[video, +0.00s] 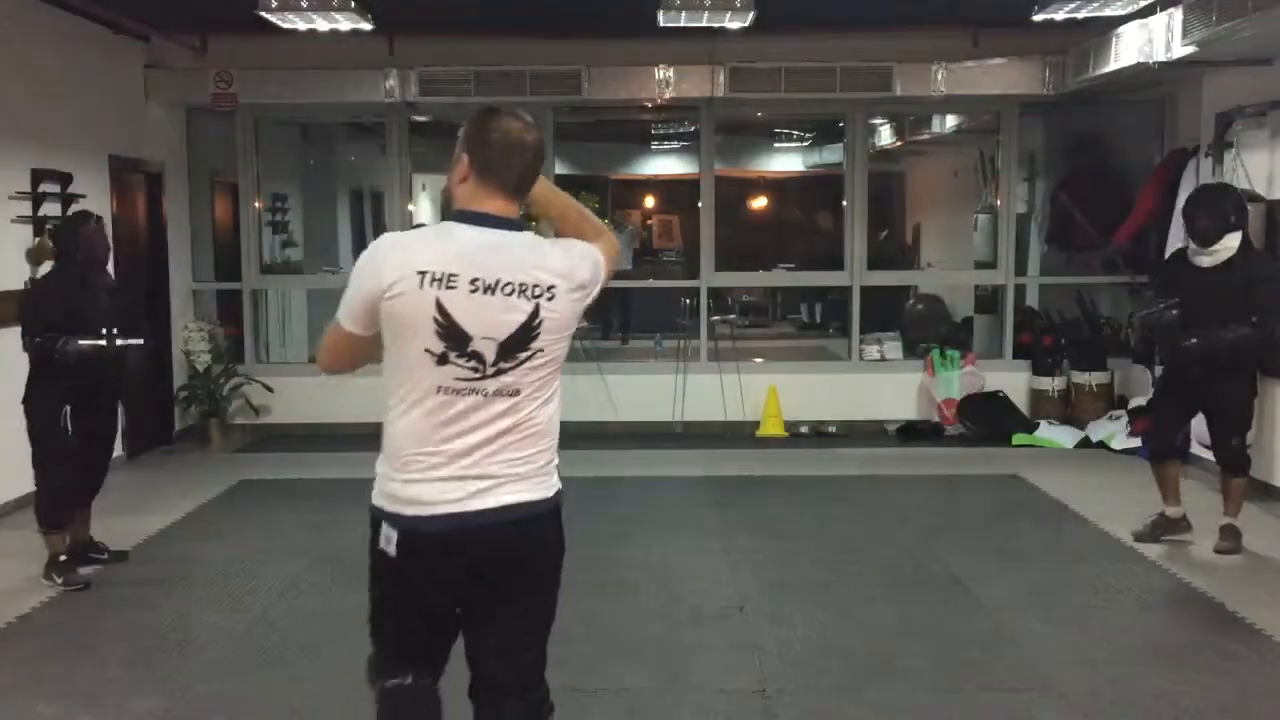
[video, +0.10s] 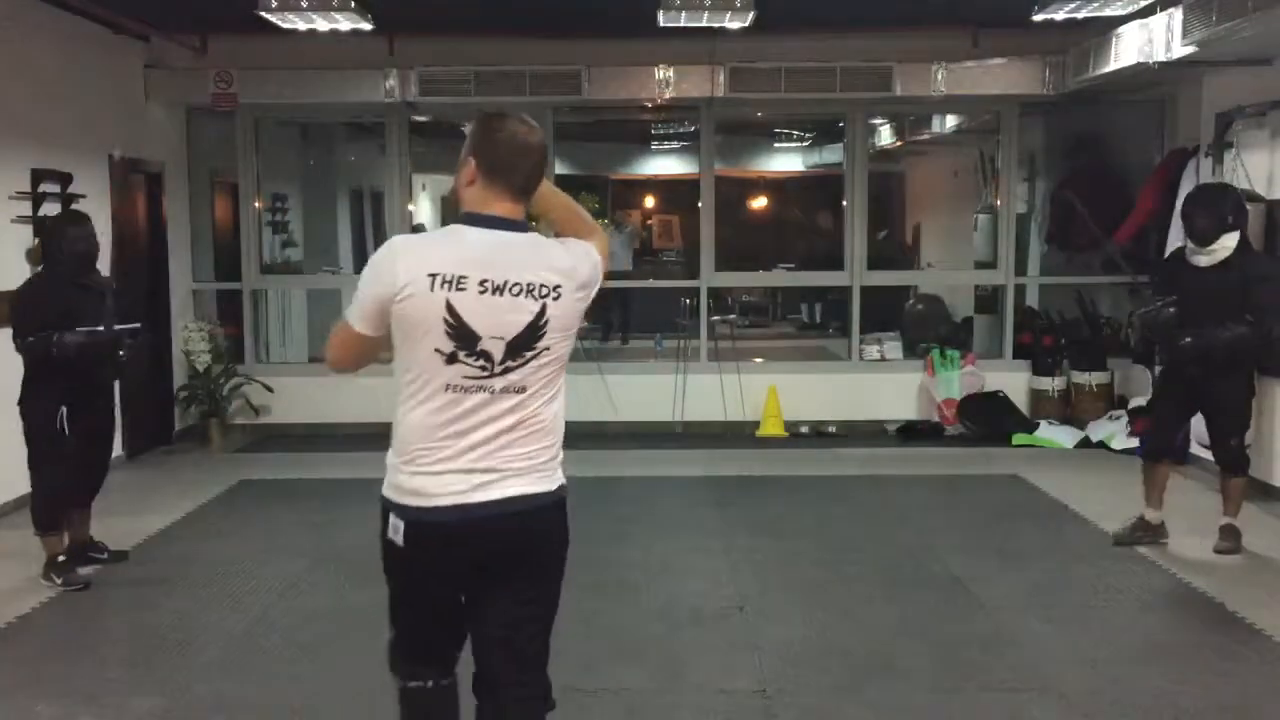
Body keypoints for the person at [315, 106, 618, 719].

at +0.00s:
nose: (451, 166)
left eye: (454, 156)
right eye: (456, 156)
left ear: (463, 165)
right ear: (531, 184)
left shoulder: (392, 256)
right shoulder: (565, 266)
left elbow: (334, 356)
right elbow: (603, 243)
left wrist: (406, 317)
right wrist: (531, 180)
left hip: (416, 522)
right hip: (526, 519)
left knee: (405, 678)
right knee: (514, 687)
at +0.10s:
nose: (458, 170)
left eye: (460, 159)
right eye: (460, 159)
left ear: (469, 170)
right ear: (535, 185)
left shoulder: (403, 258)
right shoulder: (569, 267)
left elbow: (341, 354)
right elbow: (591, 237)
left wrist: (408, 322)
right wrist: (529, 178)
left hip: (426, 516)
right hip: (530, 513)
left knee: (424, 672)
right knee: (517, 681)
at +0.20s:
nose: (459, 174)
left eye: (462, 165)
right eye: (463, 165)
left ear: (470, 176)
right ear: (537, 189)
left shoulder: (409, 263)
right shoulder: (568, 269)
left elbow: (350, 357)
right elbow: (580, 238)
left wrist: (402, 312)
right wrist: (527, 180)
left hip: (432, 510)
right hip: (533, 508)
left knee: (440, 676)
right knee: (518, 676)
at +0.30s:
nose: (458, 181)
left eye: (461, 173)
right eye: (460, 172)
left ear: (469, 183)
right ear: (532, 195)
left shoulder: (409, 270)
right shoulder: (564, 271)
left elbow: (353, 360)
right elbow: (567, 237)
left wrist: (406, 318)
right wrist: (521, 183)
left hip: (435, 506)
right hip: (534, 501)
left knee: (449, 667)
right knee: (520, 668)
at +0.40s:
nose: (454, 186)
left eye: (457, 179)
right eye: (457, 178)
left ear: (463, 189)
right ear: (526, 201)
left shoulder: (406, 275)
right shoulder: (557, 273)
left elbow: (351, 362)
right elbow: (552, 235)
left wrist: (400, 316)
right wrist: (513, 179)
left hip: (436, 499)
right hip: (532, 492)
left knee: (452, 657)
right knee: (523, 653)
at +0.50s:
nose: (447, 188)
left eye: (451, 180)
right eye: (452, 180)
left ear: (457, 189)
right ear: (518, 198)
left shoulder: (402, 272)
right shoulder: (548, 268)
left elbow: (353, 358)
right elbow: (541, 227)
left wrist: (399, 314)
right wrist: (505, 166)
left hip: (430, 490)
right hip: (524, 488)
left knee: (452, 646)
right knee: (531, 640)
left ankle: (464, 716)